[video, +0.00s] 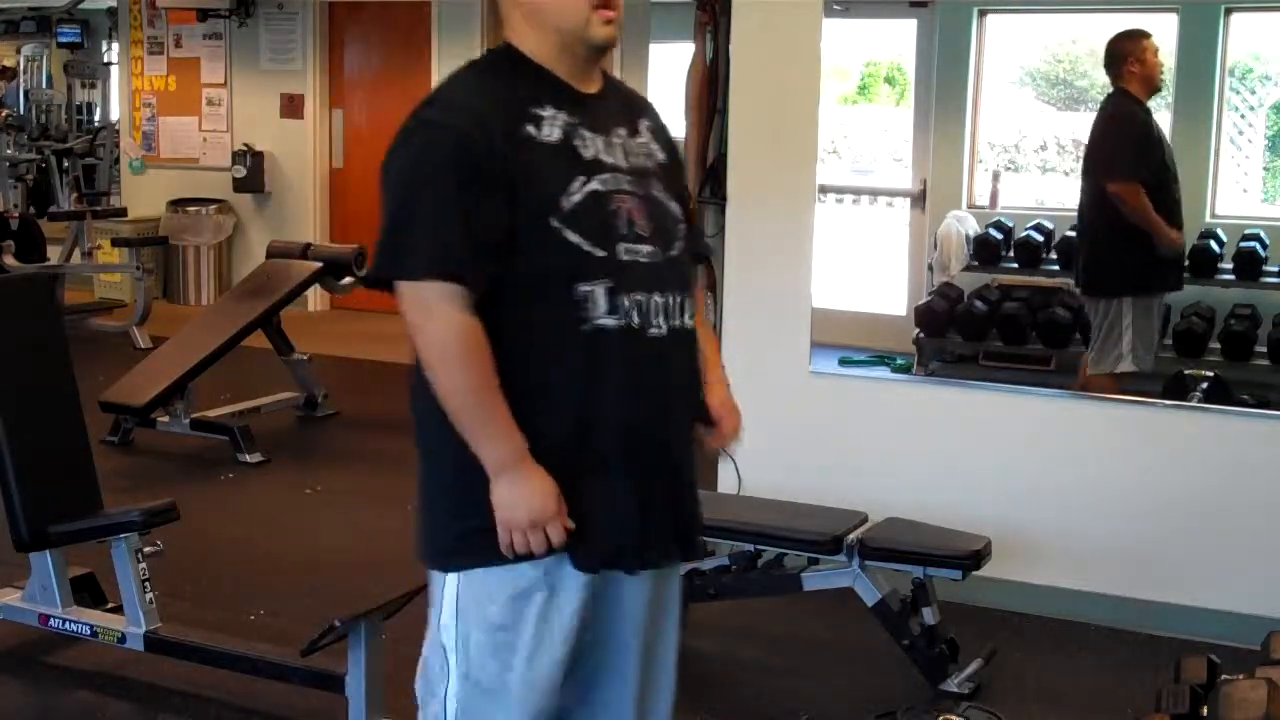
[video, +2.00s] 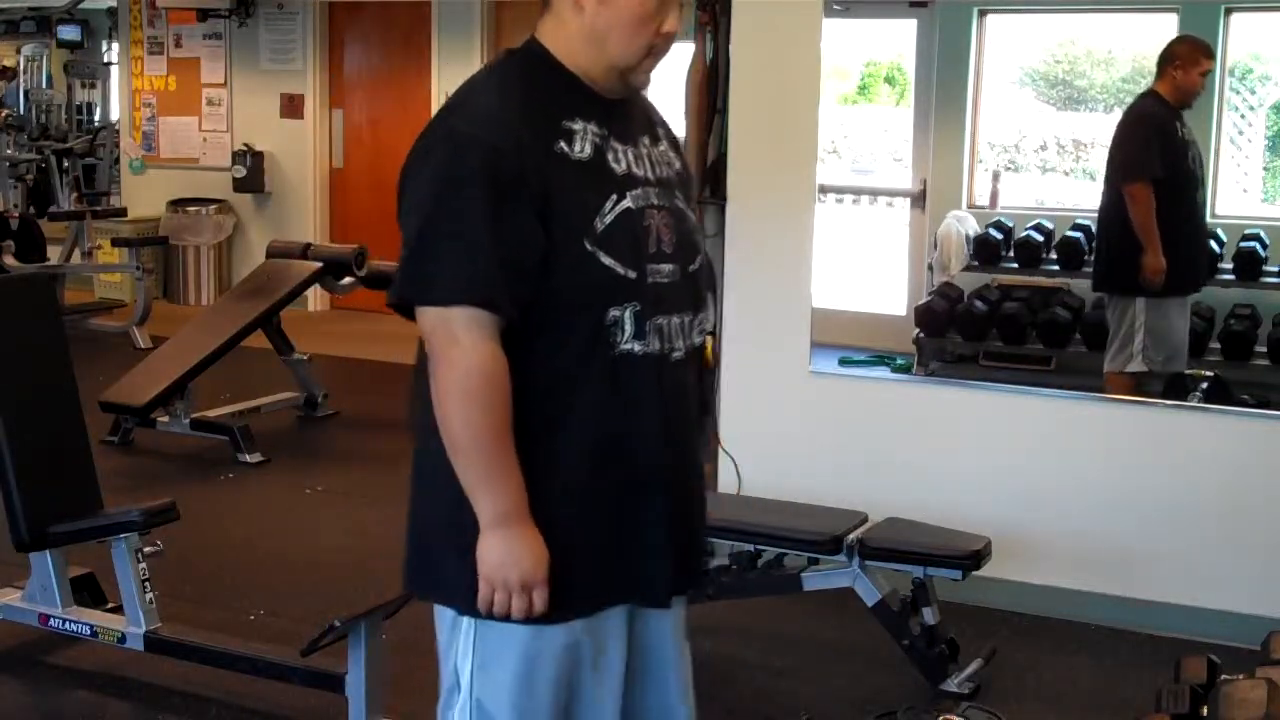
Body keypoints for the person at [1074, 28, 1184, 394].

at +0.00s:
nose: (1162, 64)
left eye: (1159, 56)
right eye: (1155, 56)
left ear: (1129, 66)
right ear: (1133, 65)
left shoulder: (1120, 109)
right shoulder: (1125, 113)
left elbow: (1116, 183)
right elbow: (1120, 184)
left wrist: (1162, 231)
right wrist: (1166, 233)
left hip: (1113, 263)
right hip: (1125, 267)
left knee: (1100, 363)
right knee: (1118, 371)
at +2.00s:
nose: (1204, 85)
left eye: (1206, 77)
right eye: (1202, 75)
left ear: (1178, 71)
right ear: (1176, 69)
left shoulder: (1169, 117)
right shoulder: (1146, 115)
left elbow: (1169, 189)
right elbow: (1135, 187)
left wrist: (1183, 251)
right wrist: (1152, 250)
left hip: (1166, 265)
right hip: (1140, 266)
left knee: (1153, 369)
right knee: (1126, 370)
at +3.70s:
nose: (1227, 136)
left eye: (1234, 130)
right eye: (1232, 127)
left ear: (1215, 108)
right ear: (1217, 110)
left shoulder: (1180, 137)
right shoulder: (1168, 136)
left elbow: (1154, 208)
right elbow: (1144, 208)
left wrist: (1147, 271)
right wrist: (1141, 272)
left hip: (1126, 271)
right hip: (1109, 269)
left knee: (1120, 372)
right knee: (1103, 375)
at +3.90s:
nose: (1242, 173)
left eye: (1249, 168)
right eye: (1247, 164)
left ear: (1231, 142)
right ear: (1233, 146)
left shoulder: (1196, 167)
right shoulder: (1181, 166)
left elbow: (1158, 236)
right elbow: (1150, 237)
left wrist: (1142, 296)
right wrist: (1137, 301)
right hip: (1100, 270)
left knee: (1120, 371)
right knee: (1107, 373)